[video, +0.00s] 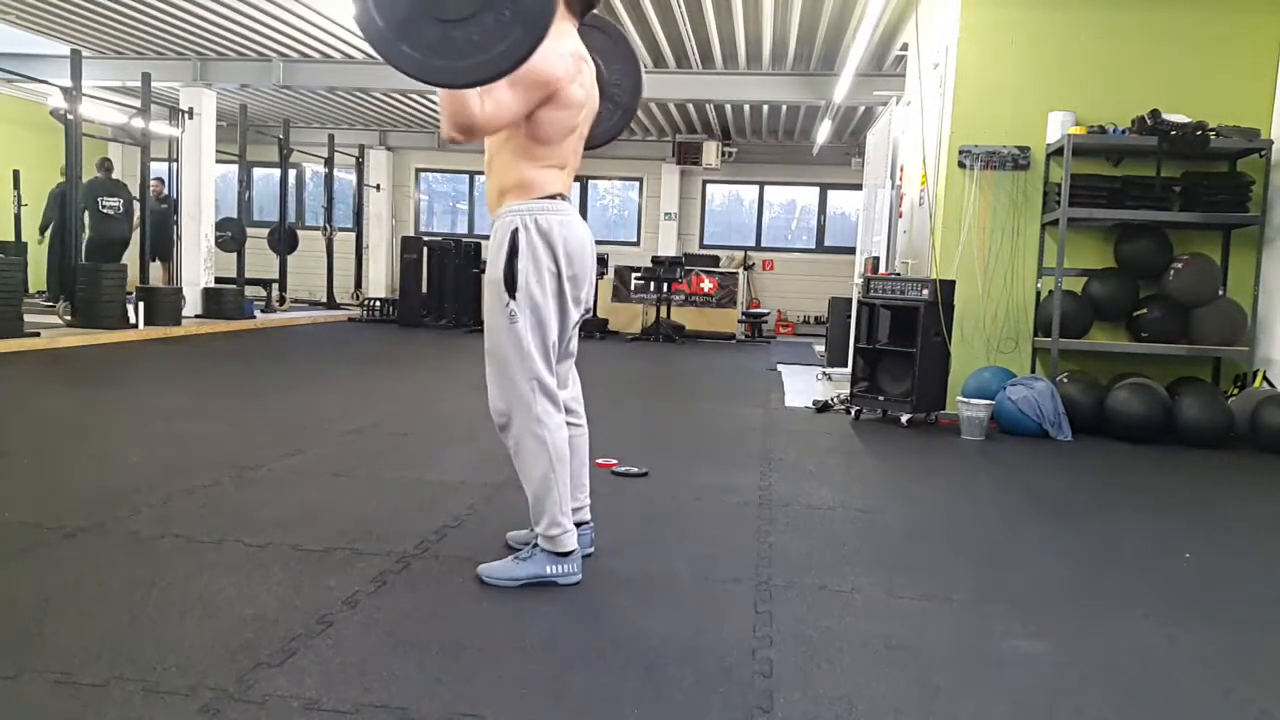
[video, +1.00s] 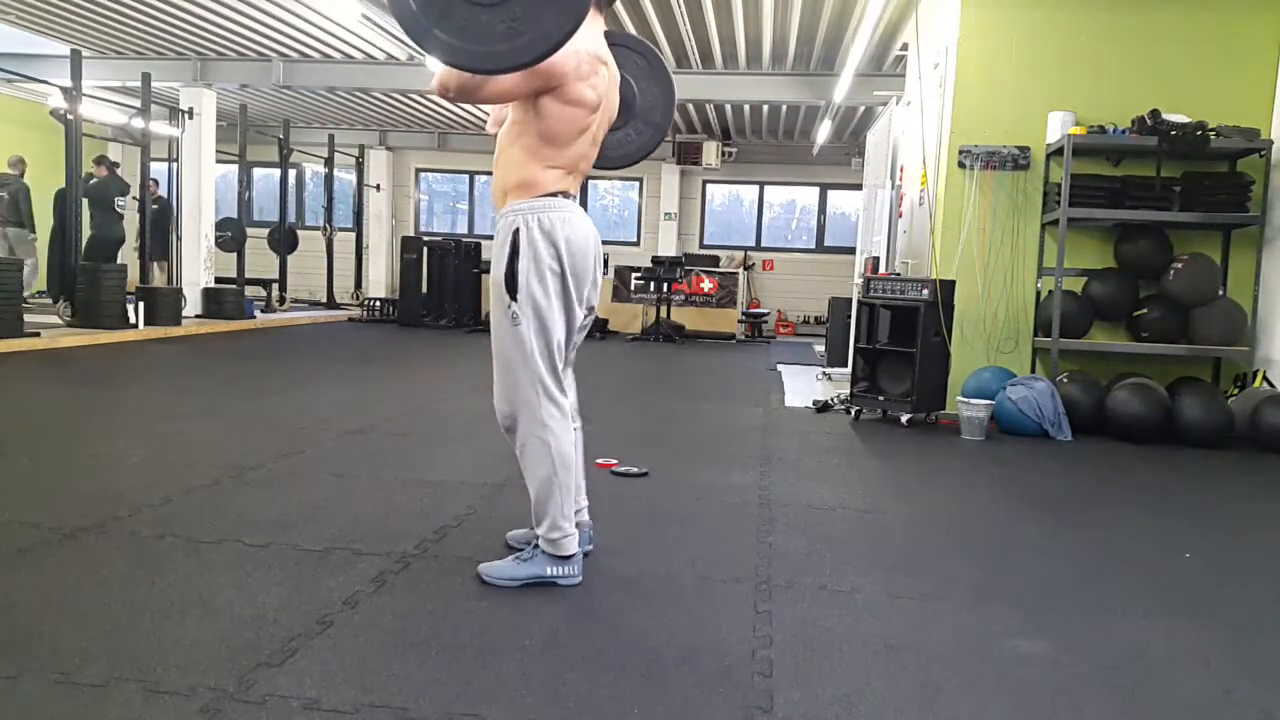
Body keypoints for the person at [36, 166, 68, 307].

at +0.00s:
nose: (63, 174)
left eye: (63, 172)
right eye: (65, 172)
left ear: (62, 173)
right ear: (74, 173)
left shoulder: (58, 190)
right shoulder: (81, 189)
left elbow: (50, 212)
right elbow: (85, 209)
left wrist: (42, 230)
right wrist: (84, 227)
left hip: (60, 232)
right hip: (77, 231)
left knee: (55, 262)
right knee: (73, 263)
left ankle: (54, 296)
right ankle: (71, 297)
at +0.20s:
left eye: (52, 174)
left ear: (49, 175)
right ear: (62, 175)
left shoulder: (47, 190)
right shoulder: (70, 189)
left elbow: (39, 213)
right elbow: (82, 209)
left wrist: (31, 230)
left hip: (56, 233)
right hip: (72, 232)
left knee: (53, 263)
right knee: (68, 262)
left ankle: (52, 295)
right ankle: (68, 295)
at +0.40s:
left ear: (37, 172)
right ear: (51, 172)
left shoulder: (34, 188)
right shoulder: (59, 188)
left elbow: (28, 211)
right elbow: (64, 211)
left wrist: (19, 230)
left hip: (42, 232)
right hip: (58, 231)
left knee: (24, 258)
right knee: (48, 260)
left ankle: (42, 289)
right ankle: (50, 291)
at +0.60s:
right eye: (38, 171)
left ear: (25, 171)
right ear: (39, 172)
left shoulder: (18, 188)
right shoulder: (47, 190)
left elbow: (12, 212)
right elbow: (59, 207)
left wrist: (6, 232)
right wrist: (57, 229)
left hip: (25, 233)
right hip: (44, 233)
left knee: (15, 268)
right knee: (47, 268)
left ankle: (12, 298)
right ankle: (48, 296)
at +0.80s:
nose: (28, 173)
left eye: (26, 171)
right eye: (28, 171)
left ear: (13, 170)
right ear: (27, 171)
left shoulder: (3, 186)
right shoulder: (33, 189)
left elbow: (2, 210)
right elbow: (41, 213)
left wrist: (6, 223)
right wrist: (45, 232)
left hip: (10, 230)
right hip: (32, 231)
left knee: (9, 267)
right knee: (39, 265)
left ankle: (9, 299)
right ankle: (44, 296)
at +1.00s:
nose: (25, 170)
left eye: (24, 168)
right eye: (24, 168)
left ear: (9, 167)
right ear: (21, 168)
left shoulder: (2, 182)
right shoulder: (21, 186)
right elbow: (26, 211)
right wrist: (32, 231)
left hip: (2, 227)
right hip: (17, 228)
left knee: (4, 262)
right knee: (30, 259)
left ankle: (5, 293)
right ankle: (24, 292)